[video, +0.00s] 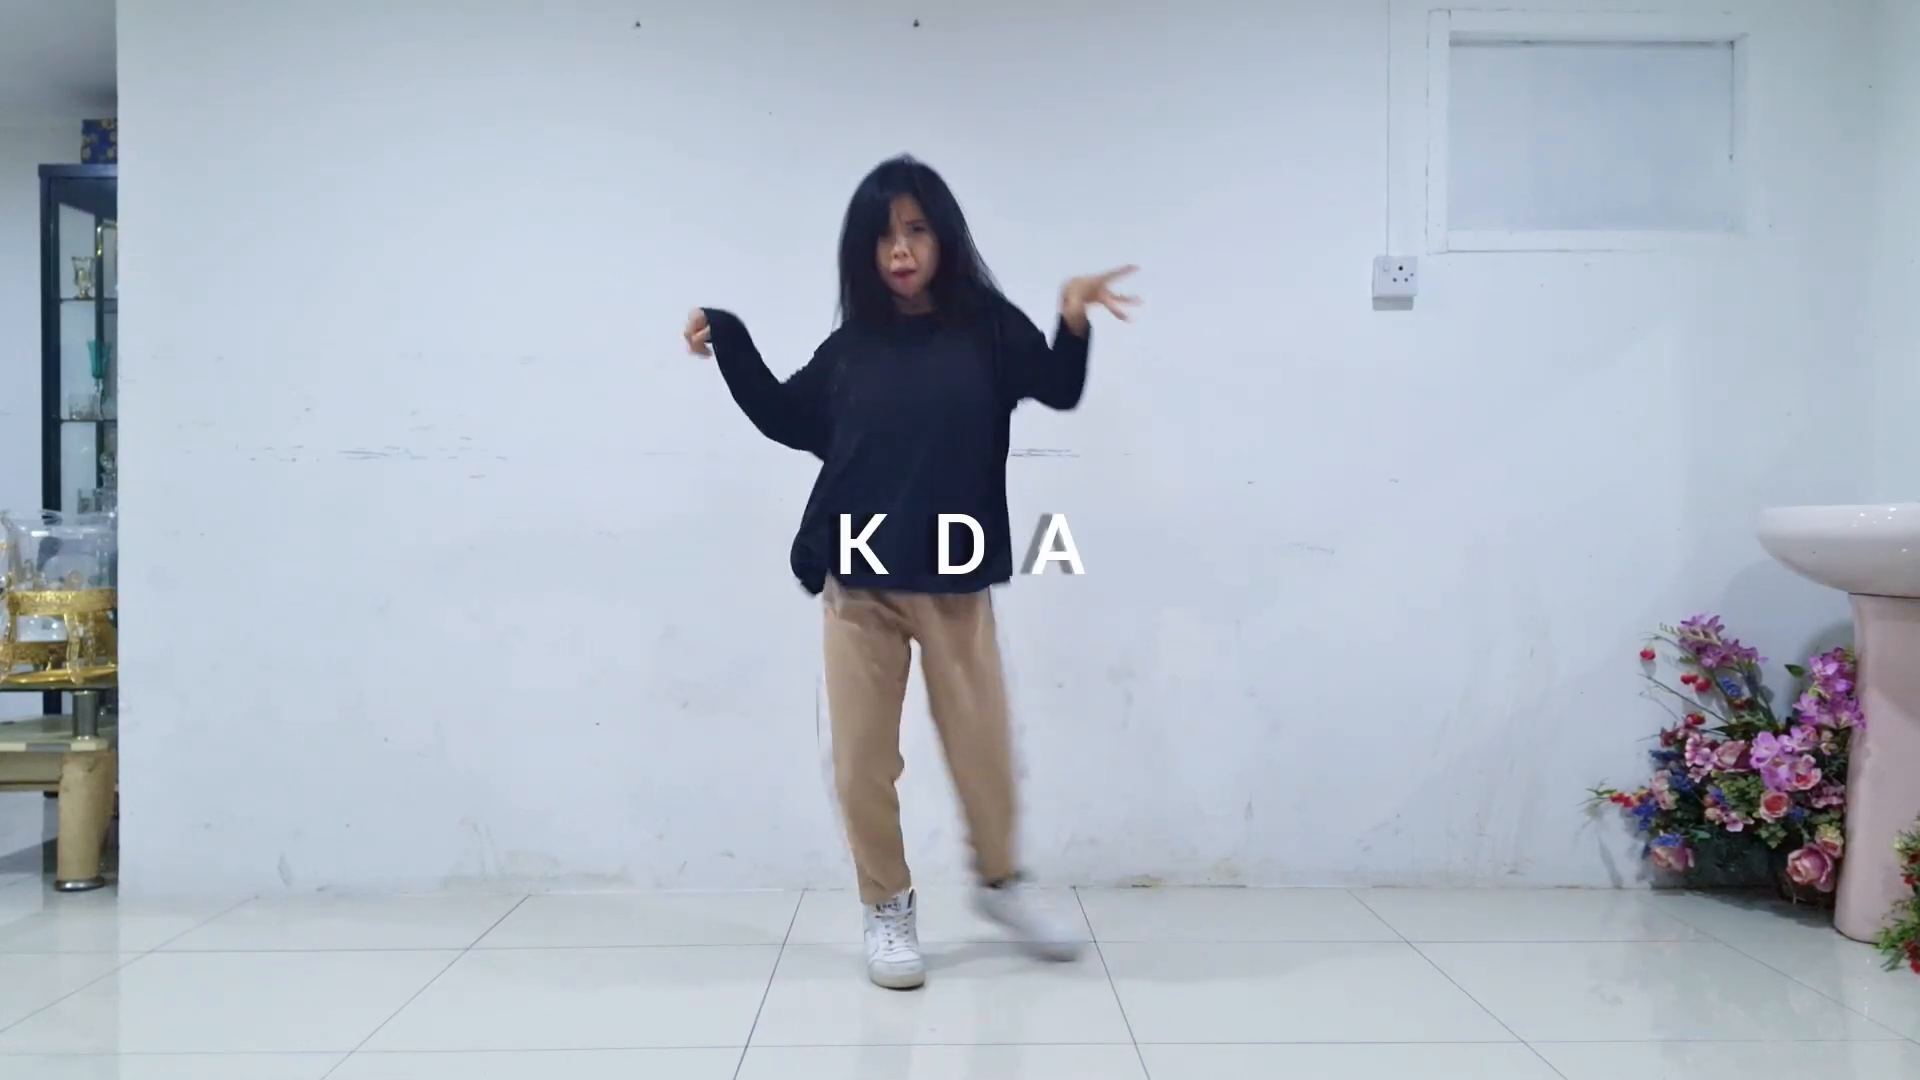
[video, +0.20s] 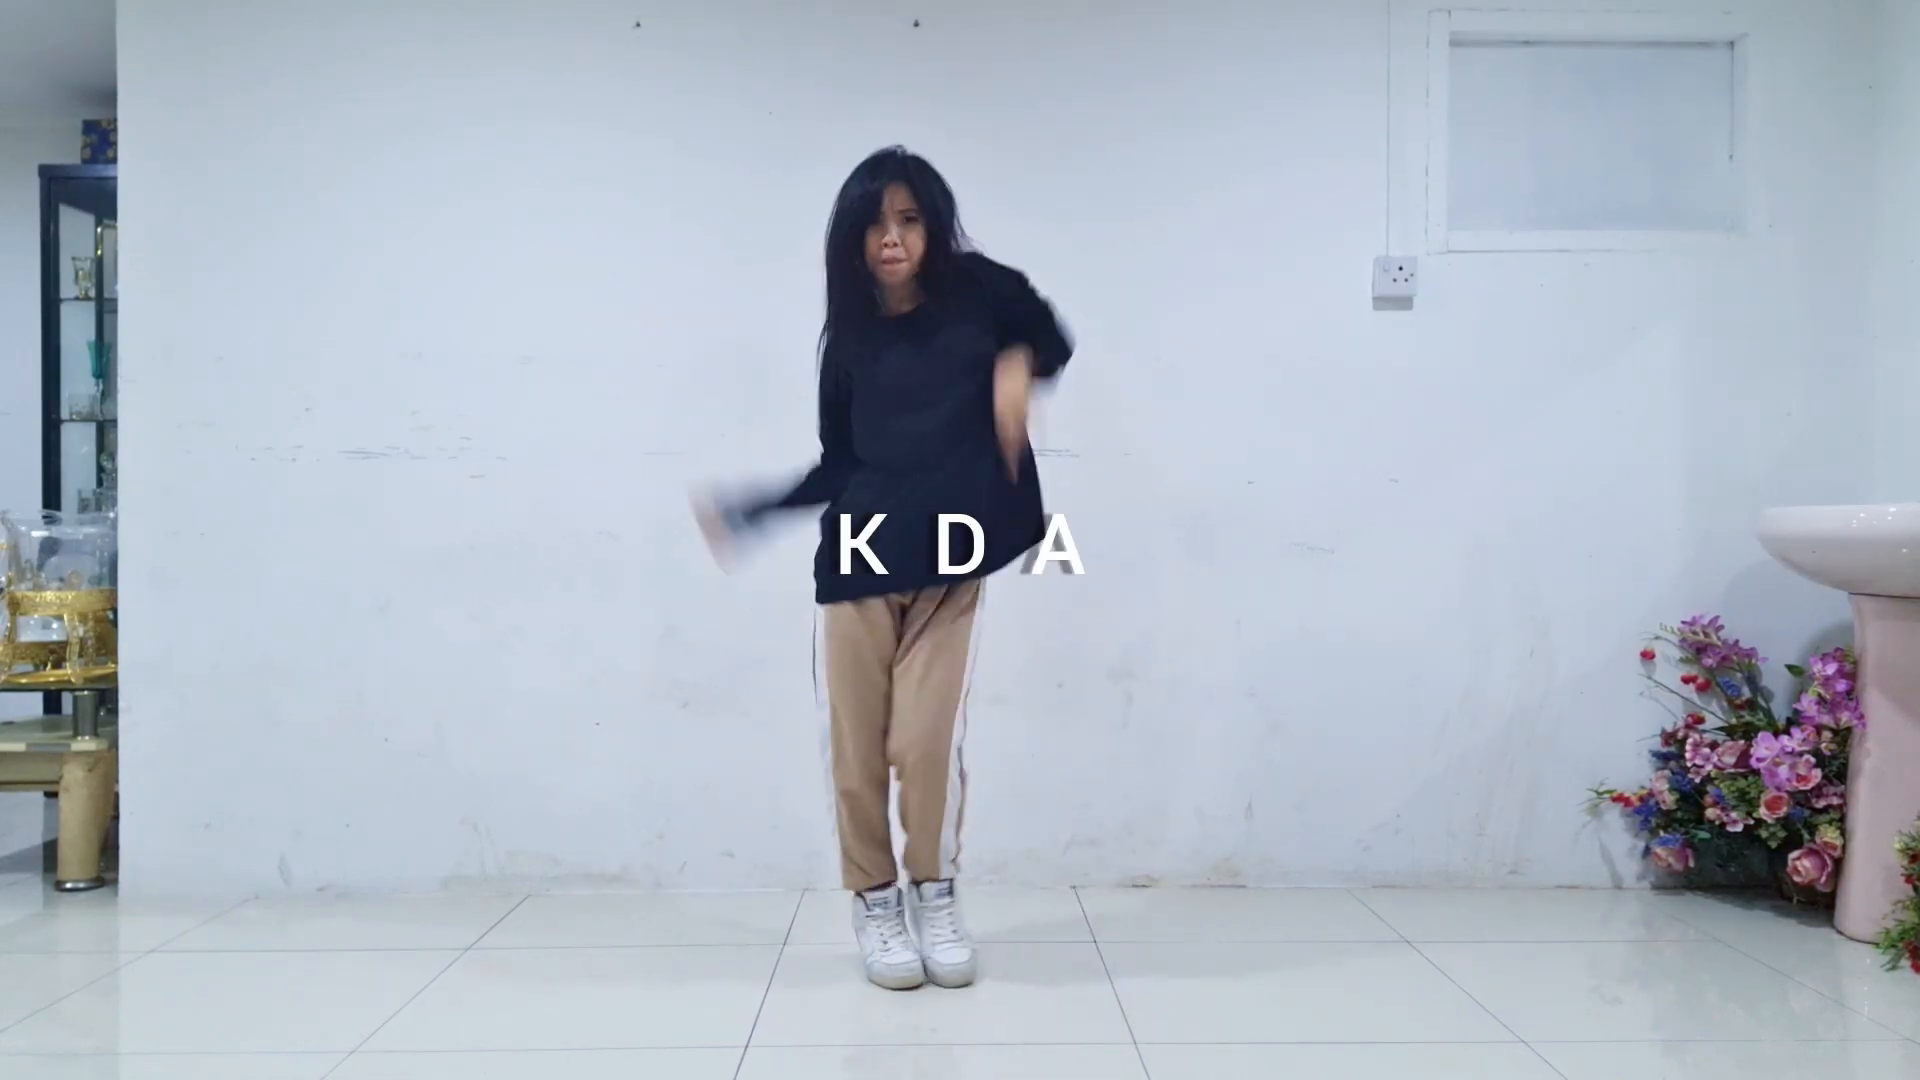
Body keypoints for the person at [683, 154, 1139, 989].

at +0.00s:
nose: (901, 254)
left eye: (917, 235)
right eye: (885, 239)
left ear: (945, 240)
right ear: (864, 250)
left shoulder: (989, 324)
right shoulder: (850, 344)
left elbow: (1061, 389)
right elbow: (787, 418)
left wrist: (1072, 319)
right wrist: (731, 342)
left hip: (956, 586)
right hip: (857, 588)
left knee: (984, 748)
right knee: (861, 764)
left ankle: (1000, 885)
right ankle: (886, 911)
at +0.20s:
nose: (893, 240)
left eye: (909, 222)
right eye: (875, 226)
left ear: (934, 229)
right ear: (853, 239)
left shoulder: (978, 288)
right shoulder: (847, 333)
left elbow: (1054, 343)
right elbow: (840, 468)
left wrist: (1017, 367)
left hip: (952, 561)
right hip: (857, 565)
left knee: (920, 742)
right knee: (860, 751)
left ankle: (933, 897)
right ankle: (875, 908)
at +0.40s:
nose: (900, 230)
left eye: (917, 215)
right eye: (885, 215)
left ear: (938, 226)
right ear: (860, 227)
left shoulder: (983, 322)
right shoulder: (832, 332)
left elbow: (1015, 421)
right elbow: (827, 459)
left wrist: (1008, 511)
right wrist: (885, 562)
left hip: (965, 554)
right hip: (866, 558)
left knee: (957, 724)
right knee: (871, 744)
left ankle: (963, 841)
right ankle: (881, 906)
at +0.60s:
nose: (930, 220)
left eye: (946, 210)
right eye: (913, 209)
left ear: (966, 236)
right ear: (886, 229)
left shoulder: (987, 341)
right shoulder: (846, 326)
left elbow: (1036, 416)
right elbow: (819, 437)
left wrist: (1031, 480)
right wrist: (883, 536)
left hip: (972, 563)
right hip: (875, 565)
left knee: (959, 742)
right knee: (884, 738)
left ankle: (953, 875)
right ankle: (897, 905)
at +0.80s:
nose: (929, 209)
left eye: (946, 202)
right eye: (912, 201)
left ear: (967, 234)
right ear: (888, 230)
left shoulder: (999, 315)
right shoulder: (853, 326)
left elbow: (1024, 423)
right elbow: (823, 434)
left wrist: (1022, 518)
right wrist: (874, 519)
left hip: (977, 556)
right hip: (879, 553)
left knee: (981, 728)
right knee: (911, 702)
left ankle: (960, 880)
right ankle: (905, 855)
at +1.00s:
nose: (927, 264)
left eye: (943, 256)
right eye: (911, 251)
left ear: (962, 281)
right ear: (881, 272)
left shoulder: (997, 366)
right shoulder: (860, 387)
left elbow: (1066, 427)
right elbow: (823, 497)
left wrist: (1022, 453)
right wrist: (906, 545)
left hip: (976, 614)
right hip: (888, 612)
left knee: (978, 781)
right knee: (904, 774)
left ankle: (932, 897)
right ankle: (870, 912)